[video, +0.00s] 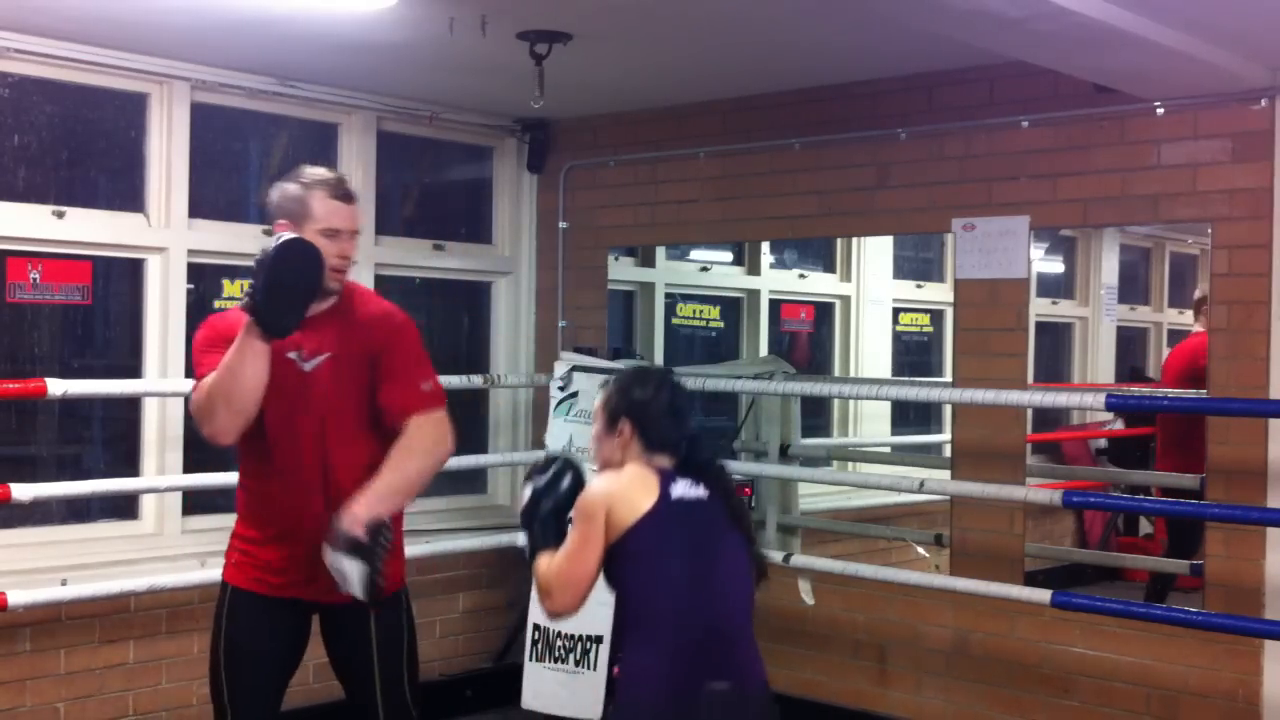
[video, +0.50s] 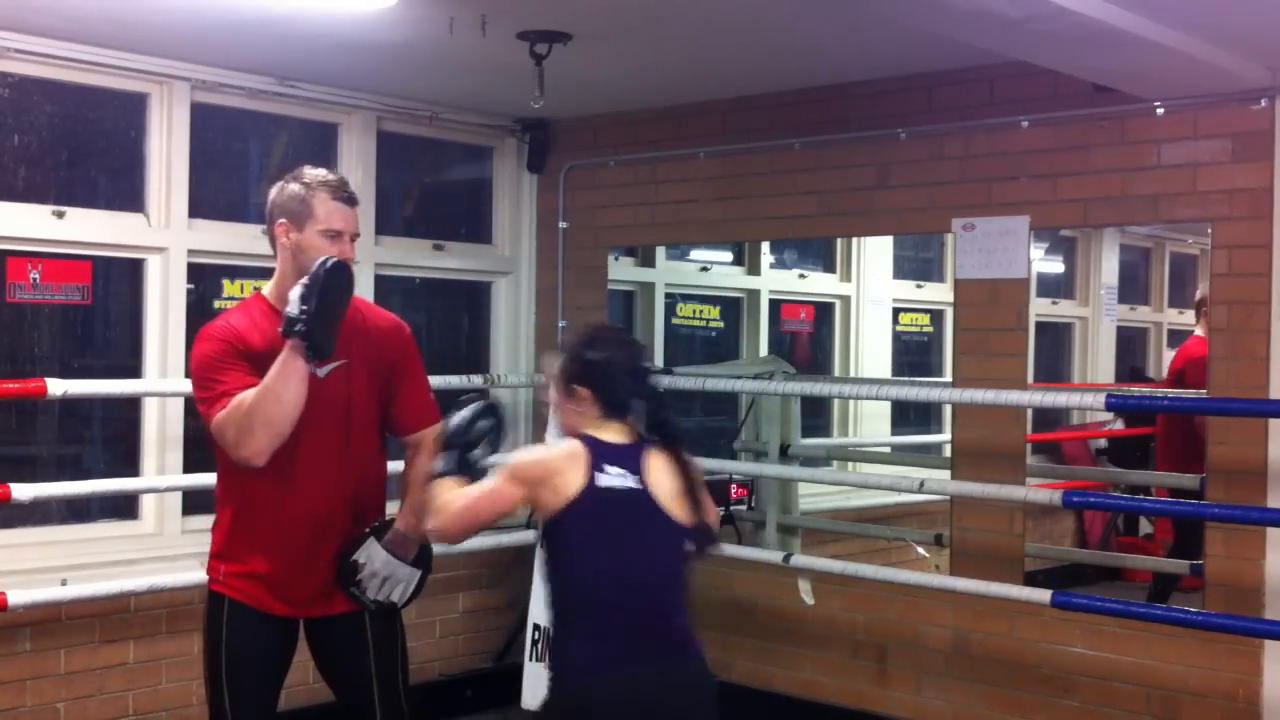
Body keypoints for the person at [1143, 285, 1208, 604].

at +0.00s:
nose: (1220, 317)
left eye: (1217, 311)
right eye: (1217, 312)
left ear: (1198, 313)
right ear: (1206, 312)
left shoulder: (1181, 349)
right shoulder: (1206, 348)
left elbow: (1168, 409)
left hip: (1173, 464)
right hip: (1192, 467)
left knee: (1179, 543)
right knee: (1182, 543)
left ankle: (1152, 608)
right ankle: (1151, 609)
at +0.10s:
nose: (1221, 316)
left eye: (1218, 309)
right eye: (1217, 310)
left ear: (1196, 312)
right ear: (1202, 312)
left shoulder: (1180, 350)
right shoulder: (1204, 351)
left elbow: (1170, 414)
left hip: (1174, 465)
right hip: (1191, 467)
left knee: (1182, 541)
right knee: (1185, 542)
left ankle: (1152, 607)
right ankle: (1151, 608)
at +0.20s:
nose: (1220, 315)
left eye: (1216, 309)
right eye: (1215, 310)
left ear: (1196, 312)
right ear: (1201, 312)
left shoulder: (1188, 346)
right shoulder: (1199, 349)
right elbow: (1220, 398)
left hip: (1179, 462)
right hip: (1187, 465)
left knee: (1185, 541)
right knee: (1184, 542)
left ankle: (1153, 606)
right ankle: (1152, 609)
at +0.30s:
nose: (1219, 315)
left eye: (1216, 309)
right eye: (1215, 310)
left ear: (1199, 312)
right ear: (1201, 312)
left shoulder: (1193, 346)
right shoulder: (1197, 350)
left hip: (1186, 462)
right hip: (1187, 465)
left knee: (1188, 541)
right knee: (1185, 542)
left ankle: (1154, 603)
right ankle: (1153, 607)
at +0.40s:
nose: (1221, 316)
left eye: (1217, 310)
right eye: (1217, 310)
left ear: (1199, 312)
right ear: (1204, 312)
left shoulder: (1194, 348)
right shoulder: (1198, 352)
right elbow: (1201, 413)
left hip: (1186, 462)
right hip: (1188, 464)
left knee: (1189, 540)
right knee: (1186, 541)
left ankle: (1155, 603)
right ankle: (1153, 606)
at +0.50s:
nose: (1222, 314)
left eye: (1218, 308)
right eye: (1218, 308)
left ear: (1199, 312)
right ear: (1206, 311)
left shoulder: (1190, 349)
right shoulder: (1200, 353)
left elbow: (1178, 413)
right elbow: (1202, 417)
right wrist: (1222, 449)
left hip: (1181, 461)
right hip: (1190, 464)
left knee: (1189, 539)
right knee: (1188, 540)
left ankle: (1155, 603)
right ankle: (1154, 606)